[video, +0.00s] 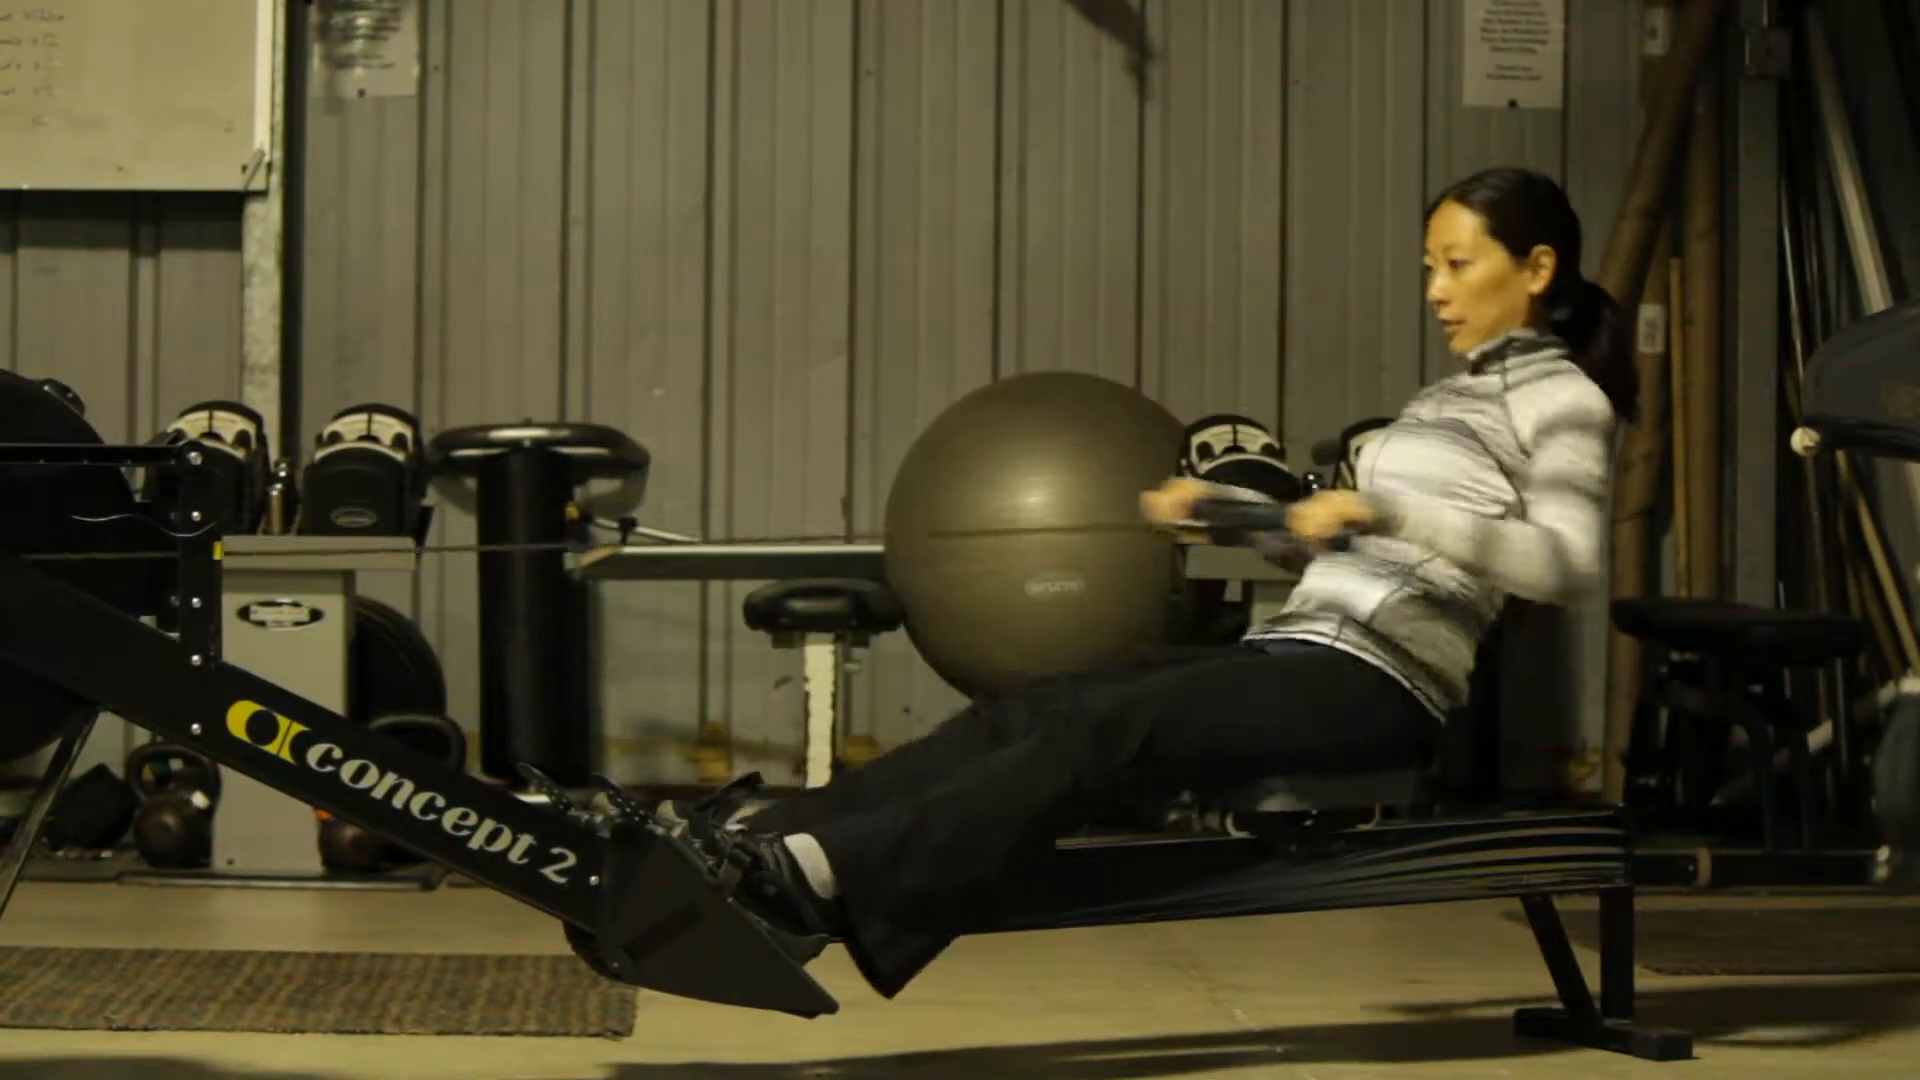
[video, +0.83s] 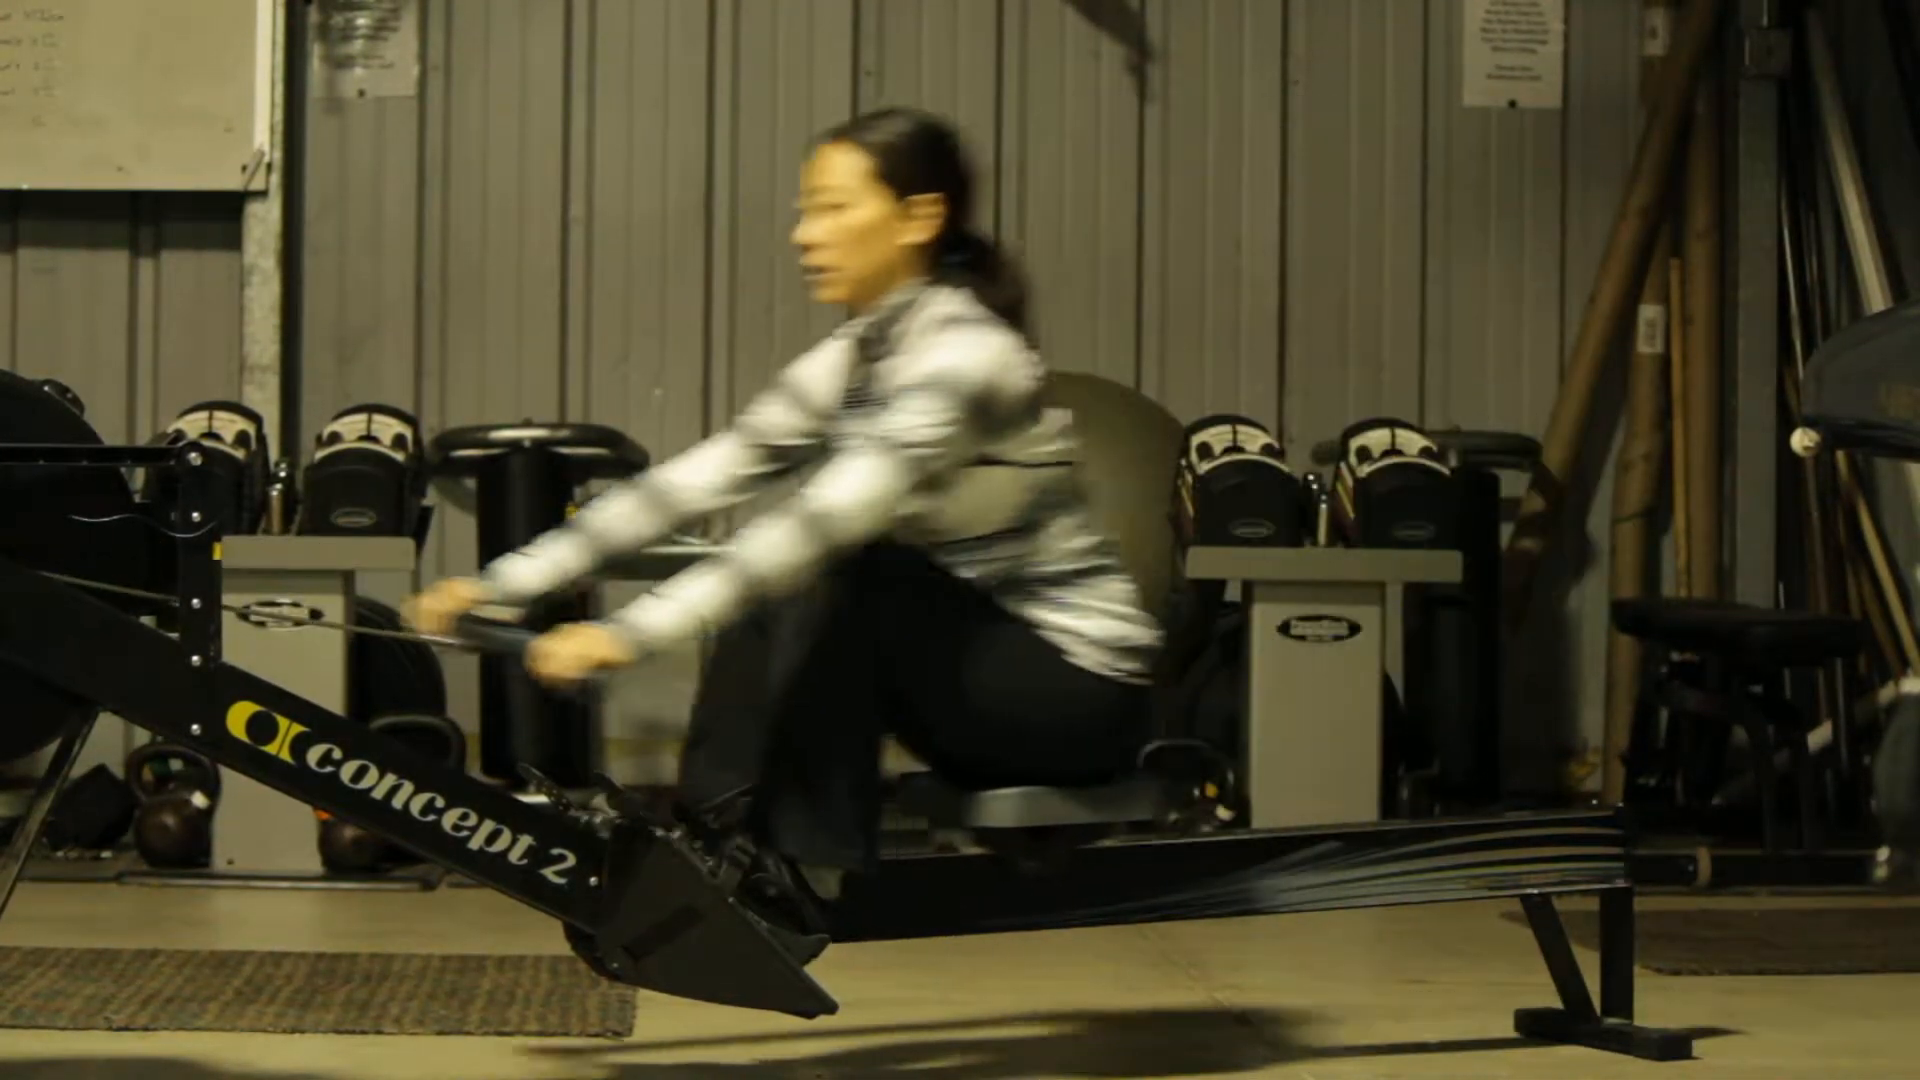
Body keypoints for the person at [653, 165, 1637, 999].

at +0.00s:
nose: (1435, 287)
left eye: (1455, 263)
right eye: (1433, 264)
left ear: (1535, 268)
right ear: (1472, 271)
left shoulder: (1562, 393)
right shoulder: (1445, 395)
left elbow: (1568, 559)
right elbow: (1369, 534)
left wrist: (1384, 510)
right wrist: (1229, 512)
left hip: (1380, 680)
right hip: (1299, 656)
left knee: (1088, 722)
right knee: (1023, 709)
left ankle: (812, 882)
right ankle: (762, 841)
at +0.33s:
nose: (1340, 261)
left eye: (1359, 236)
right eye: (1335, 237)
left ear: (1442, 232)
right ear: (1358, 238)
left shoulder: (1498, 357)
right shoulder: (1373, 357)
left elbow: (1536, 551)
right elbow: (1338, 519)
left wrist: (1350, 519)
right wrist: (1210, 508)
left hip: (1384, 678)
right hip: (1299, 655)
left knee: (1079, 702)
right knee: (1026, 685)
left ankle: (821, 880)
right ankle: (770, 845)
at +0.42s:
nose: (1266, 241)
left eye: (1286, 216)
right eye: (1261, 218)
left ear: (1374, 214)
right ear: (1270, 218)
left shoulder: (1425, 342)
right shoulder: (1295, 344)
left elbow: (1431, 542)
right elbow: (1243, 505)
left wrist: (1228, 539)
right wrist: (1088, 521)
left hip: (1357, 672)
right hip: (1256, 649)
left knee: (1049, 681)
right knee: (1007, 662)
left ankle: (828, 879)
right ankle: (779, 841)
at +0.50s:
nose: (1180, 231)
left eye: (1202, 205)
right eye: (1176, 206)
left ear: (1289, 200)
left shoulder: (1343, 332)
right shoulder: (1203, 342)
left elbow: (1282, 526)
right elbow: (1108, 504)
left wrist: (1086, 580)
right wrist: (944, 547)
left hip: (1306, 682)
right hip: (1208, 655)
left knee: (1020, 649)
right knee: (962, 627)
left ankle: (831, 871)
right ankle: (768, 835)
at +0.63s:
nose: (1038, 226)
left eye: (1062, 197)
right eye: (1035, 200)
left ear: (1153, 197)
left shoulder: (1202, 333)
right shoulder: (1074, 335)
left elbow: (1085, 521)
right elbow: (944, 482)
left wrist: (903, 632)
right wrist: (765, 591)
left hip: (1220, 696)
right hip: (1116, 669)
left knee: (958, 638)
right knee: (895, 596)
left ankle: (818, 871)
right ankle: (760, 819)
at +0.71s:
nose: (941, 226)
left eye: (966, 198)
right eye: (941, 201)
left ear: (1059, 202)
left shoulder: (1104, 341)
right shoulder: (981, 343)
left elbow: (980, 524)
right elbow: (842, 479)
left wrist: (798, 641)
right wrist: (655, 595)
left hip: (1165, 693)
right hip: (1063, 672)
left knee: (918, 598)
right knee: (829, 571)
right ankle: (740, 835)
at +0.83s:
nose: (803, 235)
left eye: (830, 207)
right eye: (805, 209)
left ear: (921, 219)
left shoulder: (964, 353)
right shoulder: (855, 354)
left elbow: (822, 524)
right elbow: (699, 478)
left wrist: (630, 633)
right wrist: (503, 585)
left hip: (1079, 692)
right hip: (996, 679)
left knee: (853, 580)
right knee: (787, 577)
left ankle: (803, 874)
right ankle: (715, 836)